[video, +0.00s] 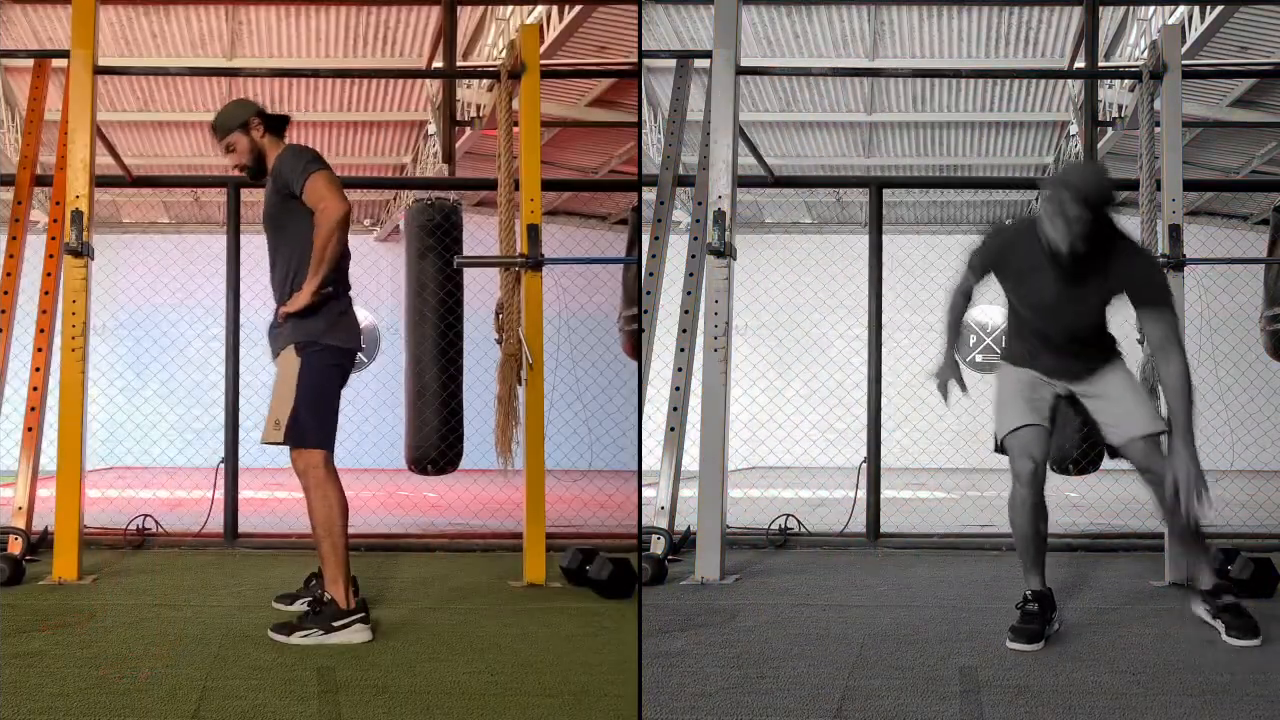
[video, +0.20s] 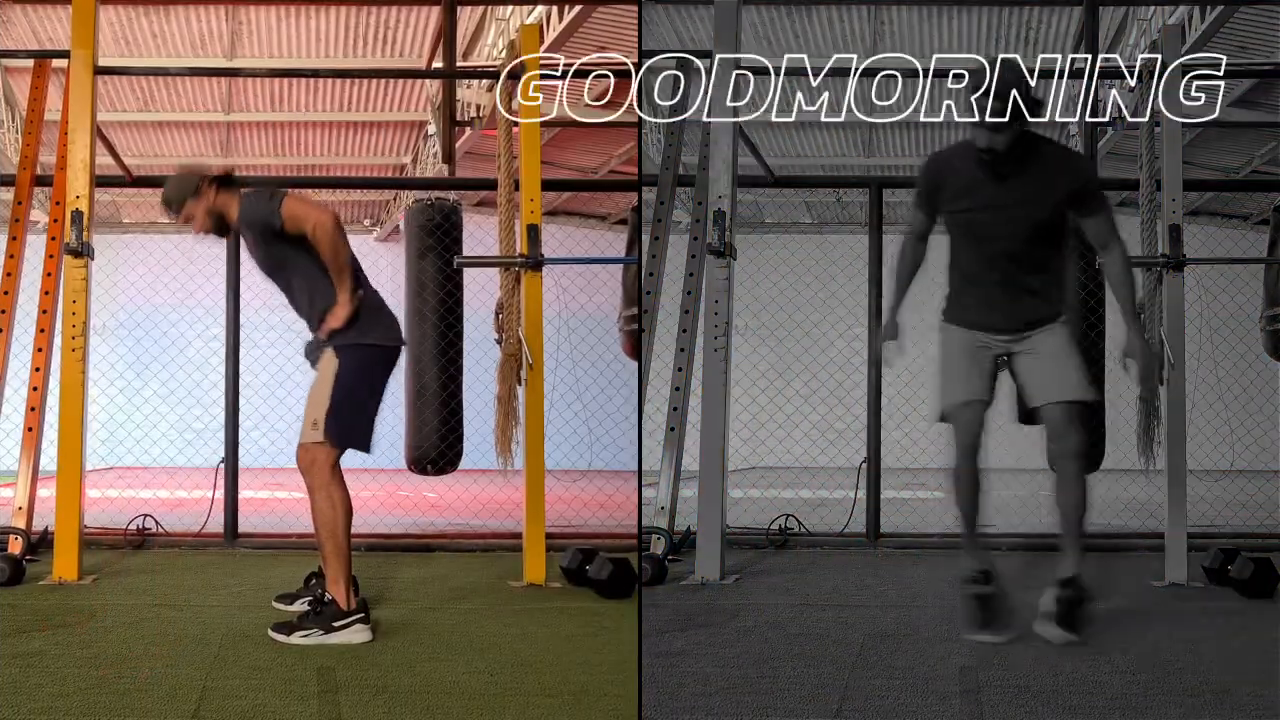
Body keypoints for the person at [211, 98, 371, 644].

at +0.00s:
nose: (230, 158)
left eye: (231, 146)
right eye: (224, 150)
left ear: (256, 129)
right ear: (255, 132)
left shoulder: (293, 159)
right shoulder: (285, 174)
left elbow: (334, 209)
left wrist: (310, 288)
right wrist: (301, 298)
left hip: (317, 340)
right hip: (312, 340)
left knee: (311, 462)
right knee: (310, 462)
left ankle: (342, 603)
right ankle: (332, 582)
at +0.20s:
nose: (193, 227)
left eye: (188, 215)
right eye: (185, 220)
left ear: (206, 191)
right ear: (207, 192)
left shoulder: (253, 206)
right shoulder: (250, 216)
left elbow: (323, 220)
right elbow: (320, 225)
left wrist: (344, 298)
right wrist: (330, 310)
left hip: (356, 339)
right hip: (349, 340)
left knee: (316, 458)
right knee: (317, 458)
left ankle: (342, 606)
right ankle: (337, 580)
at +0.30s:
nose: (183, 282)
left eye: (178, 272)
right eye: (177, 277)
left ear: (190, 249)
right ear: (192, 249)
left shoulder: (243, 248)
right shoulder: (241, 255)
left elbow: (319, 249)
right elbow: (315, 248)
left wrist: (358, 317)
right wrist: (345, 322)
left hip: (373, 347)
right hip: (366, 347)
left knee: (315, 458)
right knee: (320, 459)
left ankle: (342, 603)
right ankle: (335, 580)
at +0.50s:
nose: (188, 376)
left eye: (179, 368)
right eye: (179, 372)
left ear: (185, 343)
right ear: (188, 340)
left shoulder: (234, 323)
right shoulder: (233, 334)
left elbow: (311, 290)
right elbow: (308, 293)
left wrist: (370, 332)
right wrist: (364, 335)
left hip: (393, 352)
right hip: (380, 354)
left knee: (322, 457)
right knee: (316, 455)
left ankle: (342, 604)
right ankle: (336, 582)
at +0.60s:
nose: (197, 403)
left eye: (186, 394)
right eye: (186, 399)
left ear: (189, 366)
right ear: (189, 364)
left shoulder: (237, 338)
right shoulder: (236, 352)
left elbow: (308, 298)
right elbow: (306, 303)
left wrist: (369, 335)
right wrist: (366, 337)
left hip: (396, 354)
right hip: (385, 356)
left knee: (321, 457)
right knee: (316, 455)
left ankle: (343, 605)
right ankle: (335, 582)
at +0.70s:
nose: (191, 394)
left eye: (181, 387)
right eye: (181, 391)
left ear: (186, 363)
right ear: (188, 361)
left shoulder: (235, 336)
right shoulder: (235, 349)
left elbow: (308, 296)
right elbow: (306, 300)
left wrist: (368, 334)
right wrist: (364, 337)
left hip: (394, 353)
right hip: (383, 355)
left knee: (319, 457)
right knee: (317, 456)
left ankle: (343, 605)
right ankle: (335, 581)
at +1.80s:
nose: (232, 141)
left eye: (236, 130)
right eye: (230, 132)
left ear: (262, 126)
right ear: (263, 126)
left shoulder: (299, 161)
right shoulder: (292, 171)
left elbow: (338, 209)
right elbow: (332, 226)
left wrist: (316, 288)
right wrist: (310, 295)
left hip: (323, 339)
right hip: (320, 339)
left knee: (310, 460)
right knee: (311, 459)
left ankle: (342, 604)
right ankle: (332, 579)